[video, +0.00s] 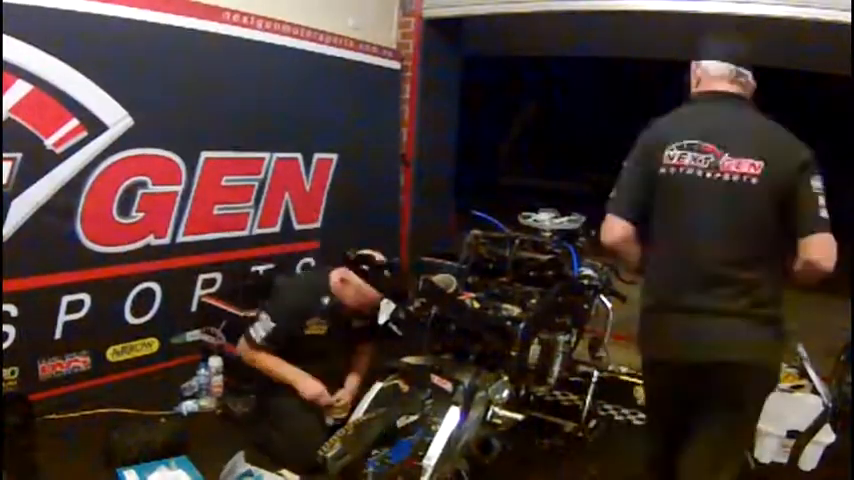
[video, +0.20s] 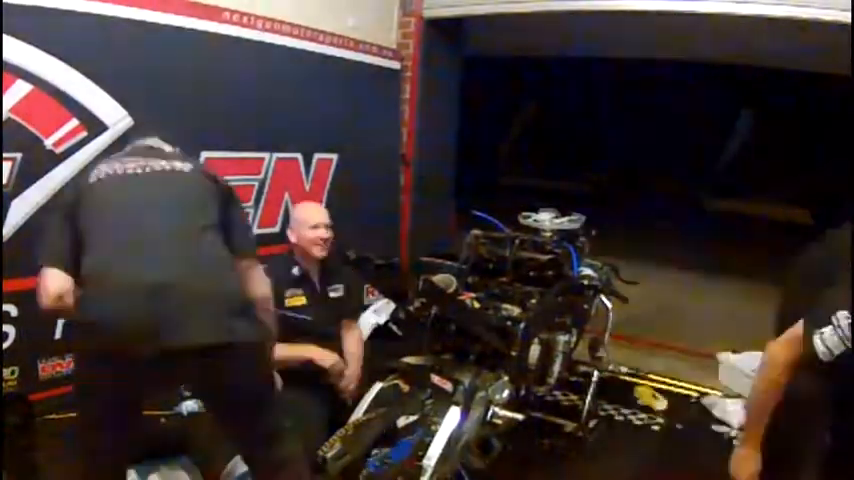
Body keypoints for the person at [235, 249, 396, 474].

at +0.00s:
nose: (370, 312)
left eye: (375, 307)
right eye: (370, 304)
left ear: (343, 280)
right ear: (344, 281)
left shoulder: (357, 300)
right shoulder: (296, 297)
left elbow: (365, 346)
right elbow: (247, 348)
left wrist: (350, 388)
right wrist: (300, 380)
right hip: (283, 387)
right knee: (309, 455)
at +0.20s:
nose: (325, 235)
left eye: (328, 227)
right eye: (315, 228)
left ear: (333, 231)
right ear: (292, 235)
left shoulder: (341, 274)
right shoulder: (271, 277)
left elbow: (350, 326)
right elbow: (262, 350)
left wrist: (353, 371)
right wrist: (313, 352)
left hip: (338, 384)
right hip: (295, 385)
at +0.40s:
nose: (314, 238)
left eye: (316, 230)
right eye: (304, 231)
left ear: (320, 232)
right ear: (280, 237)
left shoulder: (327, 272)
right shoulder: (263, 285)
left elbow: (346, 324)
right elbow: (270, 364)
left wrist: (363, 376)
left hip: (333, 382)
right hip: (288, 391)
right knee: (321, 457)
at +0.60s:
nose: (333, 245)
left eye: (339, 238)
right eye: (325, 236)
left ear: (346, 243)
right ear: (306, 240)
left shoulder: (348, 278)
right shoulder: (284, 282)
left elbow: (354, 329)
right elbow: (261, 361)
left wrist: (357, 373)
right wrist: (313, 400)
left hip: (339, 398)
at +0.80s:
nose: (335, 311)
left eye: (341, 305)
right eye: (328, 304)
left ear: (350, 288)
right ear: (312, 280)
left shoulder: (348, 287)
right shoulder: (268, 301)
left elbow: (351, 323)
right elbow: (240, 366)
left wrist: (346, 345)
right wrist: (298, 368)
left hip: (327, 374)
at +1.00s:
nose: (294, 271)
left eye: (301, 262)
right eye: (286, 263)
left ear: (313, 252)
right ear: (271, 255)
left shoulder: (333, 275)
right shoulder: (252, 290)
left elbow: (360, 327)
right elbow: (229, 356)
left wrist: (338, 355)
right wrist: (275, 369)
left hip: (331, 382)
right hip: (276, 392)